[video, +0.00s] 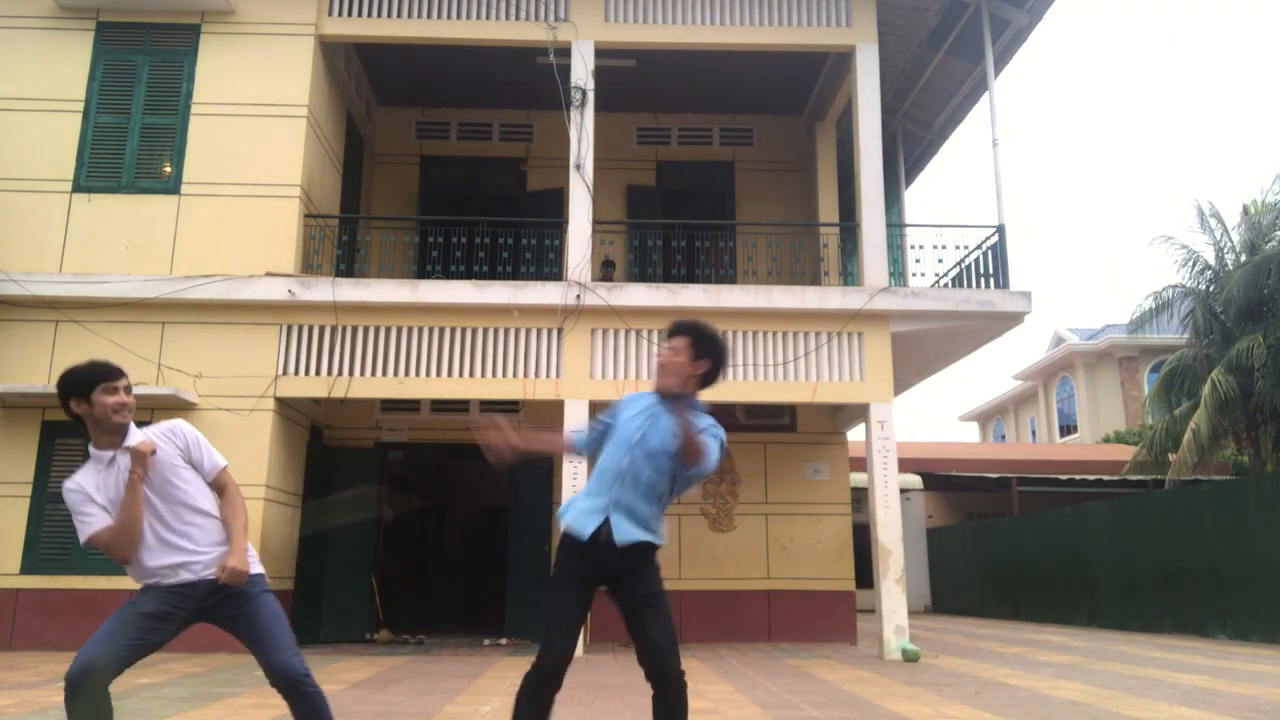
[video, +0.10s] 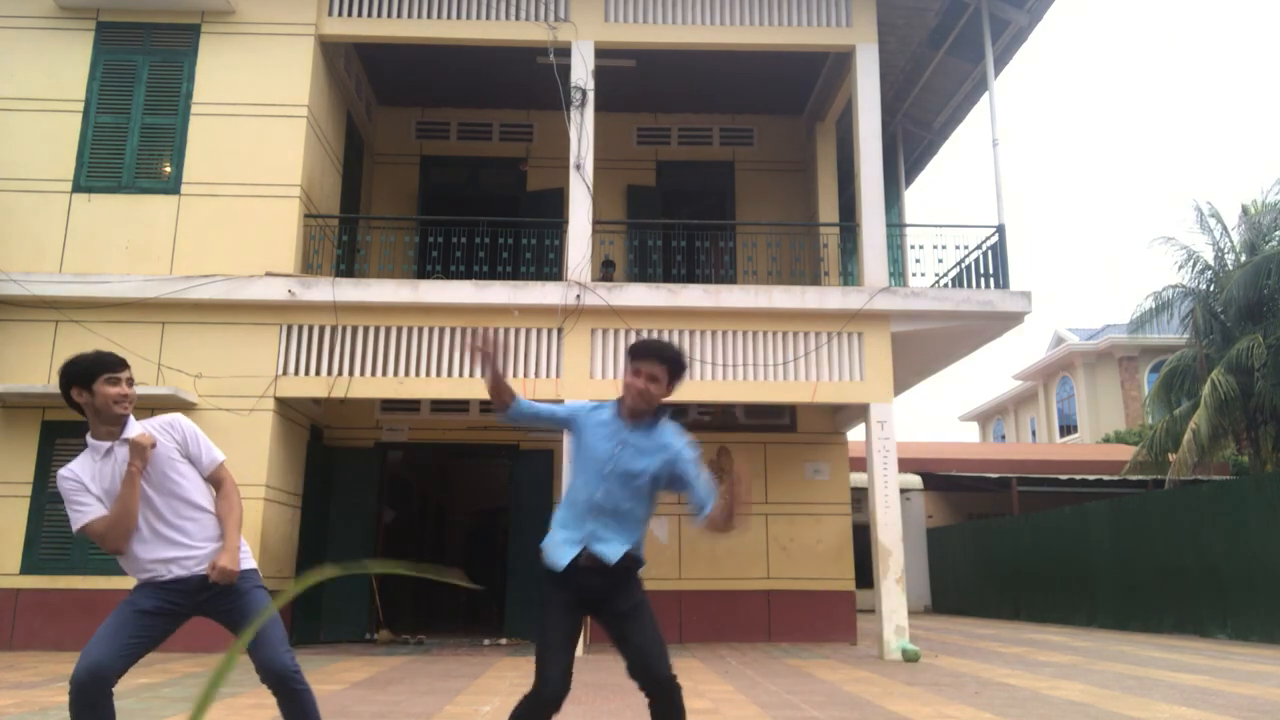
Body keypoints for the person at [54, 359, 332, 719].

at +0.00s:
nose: (124, 400)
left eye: (126, 391)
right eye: (109, 392)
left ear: (134, 396)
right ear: (78, 406)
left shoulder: (175, 434)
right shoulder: (80, 486)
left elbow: (227, 487)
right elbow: (120, 549)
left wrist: (238, 551)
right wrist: (137, 475)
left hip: (234, 579)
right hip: (165, 592)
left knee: (290, 673)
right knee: (84, 676)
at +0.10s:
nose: (126, 391)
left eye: (129, 383)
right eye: (112, 383)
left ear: (135, 388)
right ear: (80, 396)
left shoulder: (174, 428)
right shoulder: (75, 476)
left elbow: (225, 484)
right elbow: (113, 541)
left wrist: (230, 549)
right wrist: (134, 469)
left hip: (228, 576)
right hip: (160, 588)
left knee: (281, 669)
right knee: (88, 678)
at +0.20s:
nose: (123, 387)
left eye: (126, 379)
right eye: (109, 379)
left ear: (131, 384)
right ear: (77, 391)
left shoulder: (167, 427)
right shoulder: (67, 470)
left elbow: (221, 481)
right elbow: (103, 539)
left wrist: (220, 547)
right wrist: (130, 469)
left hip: (217, 574)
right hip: (152, 586)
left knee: (268, 672)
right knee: (81, 675)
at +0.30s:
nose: (106, 374)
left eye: (110, 365)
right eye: (93, 366)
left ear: (115, 369)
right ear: (58, 376)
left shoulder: (146, 415)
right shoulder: (42, 449)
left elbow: (190, 479)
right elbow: (61, 523)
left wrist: (191, 554)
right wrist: (105, 464)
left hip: (185, 569)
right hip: (119, 580)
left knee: (243, 666)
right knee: (68, 675)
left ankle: (291, 716)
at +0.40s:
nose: (22, 409)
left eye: (27, 396)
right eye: (9, 405)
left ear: (41, 395)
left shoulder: (99, 430)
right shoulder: (11, 467)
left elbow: (163, 475)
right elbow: (4, 523)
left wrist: (152, 534)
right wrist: (34, 479)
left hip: (159, 573)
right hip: (88, 582)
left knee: (213, 662)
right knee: (12, 658)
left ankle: (252, 717)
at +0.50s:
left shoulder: (41, 507)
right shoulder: (12, 519)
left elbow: (130, 487)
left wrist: (117, 545)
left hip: (132, 604)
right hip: (62, 607)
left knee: (193, 670)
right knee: (0, 659)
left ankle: (235, 714)